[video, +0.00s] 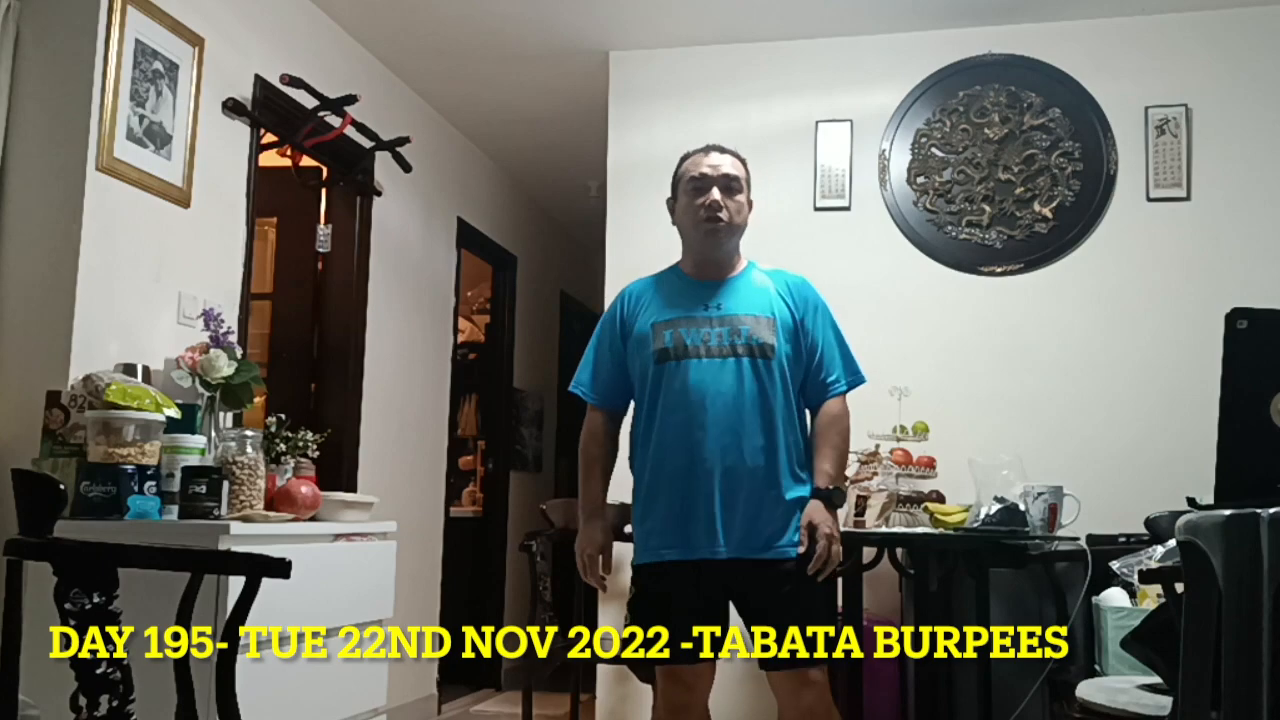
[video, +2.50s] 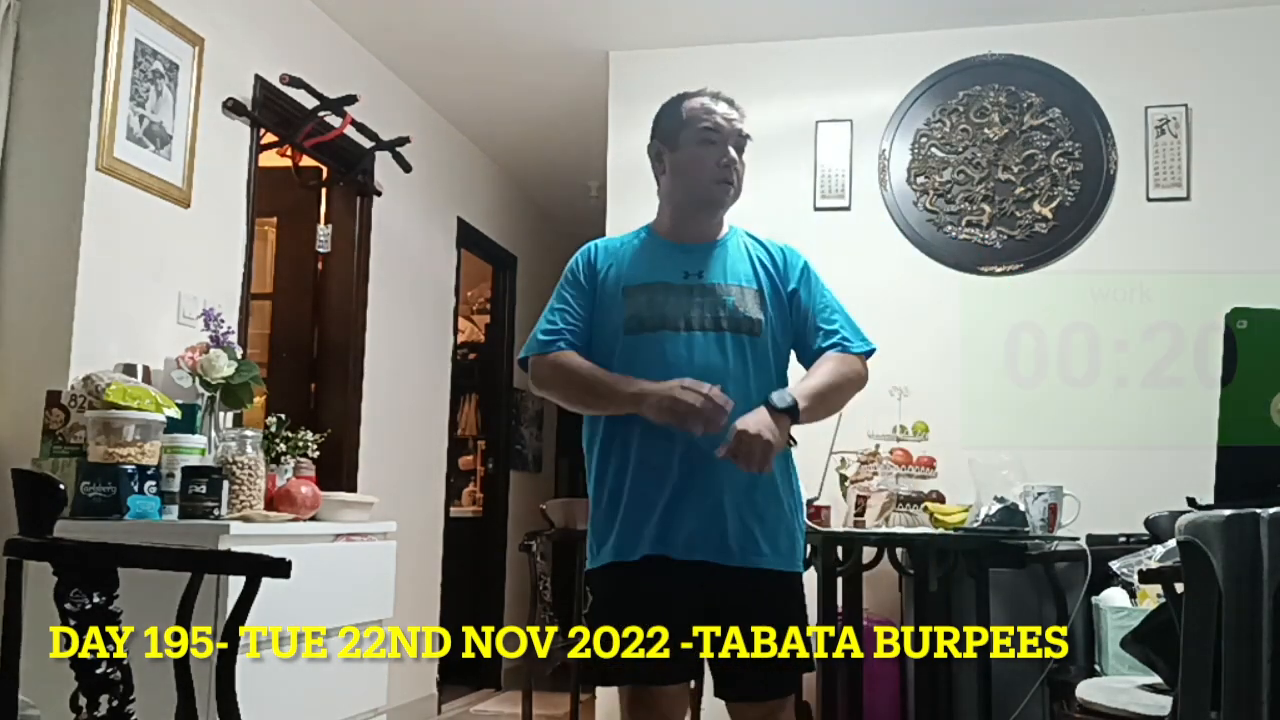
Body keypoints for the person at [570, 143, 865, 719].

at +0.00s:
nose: (714, 195)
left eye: (730, 186)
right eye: (697, 186)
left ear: (749, 209)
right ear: (673, 209)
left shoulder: (794, 296)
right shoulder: (635, 304)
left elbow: (832, 401)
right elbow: (600, 416)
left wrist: (825, 498)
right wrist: (592, 516)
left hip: (779, 537)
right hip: (672, 541)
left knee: (807, 690)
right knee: (678, 691)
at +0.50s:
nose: (874, 189)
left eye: (885, 175)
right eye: (856, 166)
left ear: (893, 188)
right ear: (804, 173)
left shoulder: (907, 294)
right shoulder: (731, 269)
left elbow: (964, 397)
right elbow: (683, 387)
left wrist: (994, 480)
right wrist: (674, 488)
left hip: (853, 550)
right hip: (736, 535)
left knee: (851, 709)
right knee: (694, 696)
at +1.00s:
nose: (990, 190)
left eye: (1004, 174)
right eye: (973, 163)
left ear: (1011, 184)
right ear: (914, 158)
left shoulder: (1000, 297)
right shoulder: (806, 235)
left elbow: (1079, 386)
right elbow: (736, 341)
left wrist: (1155, 461)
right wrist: (713, 456)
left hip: (890, 572)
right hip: (769, 537)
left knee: (873, 714)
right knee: (727, 702)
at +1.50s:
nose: (1000, 188)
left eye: (1013, 171)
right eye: (983, 159)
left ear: (1017, 183)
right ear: (921, 156)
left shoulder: (1007, 298)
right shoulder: (811, 234)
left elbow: (1080, 390)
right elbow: (738, 337)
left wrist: (1151, 463)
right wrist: (715, 455)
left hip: (892, 570)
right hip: (769, 533)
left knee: (872, 713)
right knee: (726, 700)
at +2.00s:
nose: (875, 159)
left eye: (884, 144)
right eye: (853, 138)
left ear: (891, 158)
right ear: (794, 148)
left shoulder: (910, 278)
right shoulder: (714, 254)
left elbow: (948, 411)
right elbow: (662, 380)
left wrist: (955, 529)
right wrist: (654, 501)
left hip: (851, 559)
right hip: (724, 544)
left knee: (855, 713)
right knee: (693, 706)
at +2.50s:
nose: (731, 156)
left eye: (740, 146)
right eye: (710, 140)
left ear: (748, 163)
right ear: (660, 157)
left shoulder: (781, 266)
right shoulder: (600, 262)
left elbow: (848, 361)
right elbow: (544, 365)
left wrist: (784, 410)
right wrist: (646, 395)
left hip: (758, 550)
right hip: (638, 546)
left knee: (769, 711)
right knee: (653, 707)